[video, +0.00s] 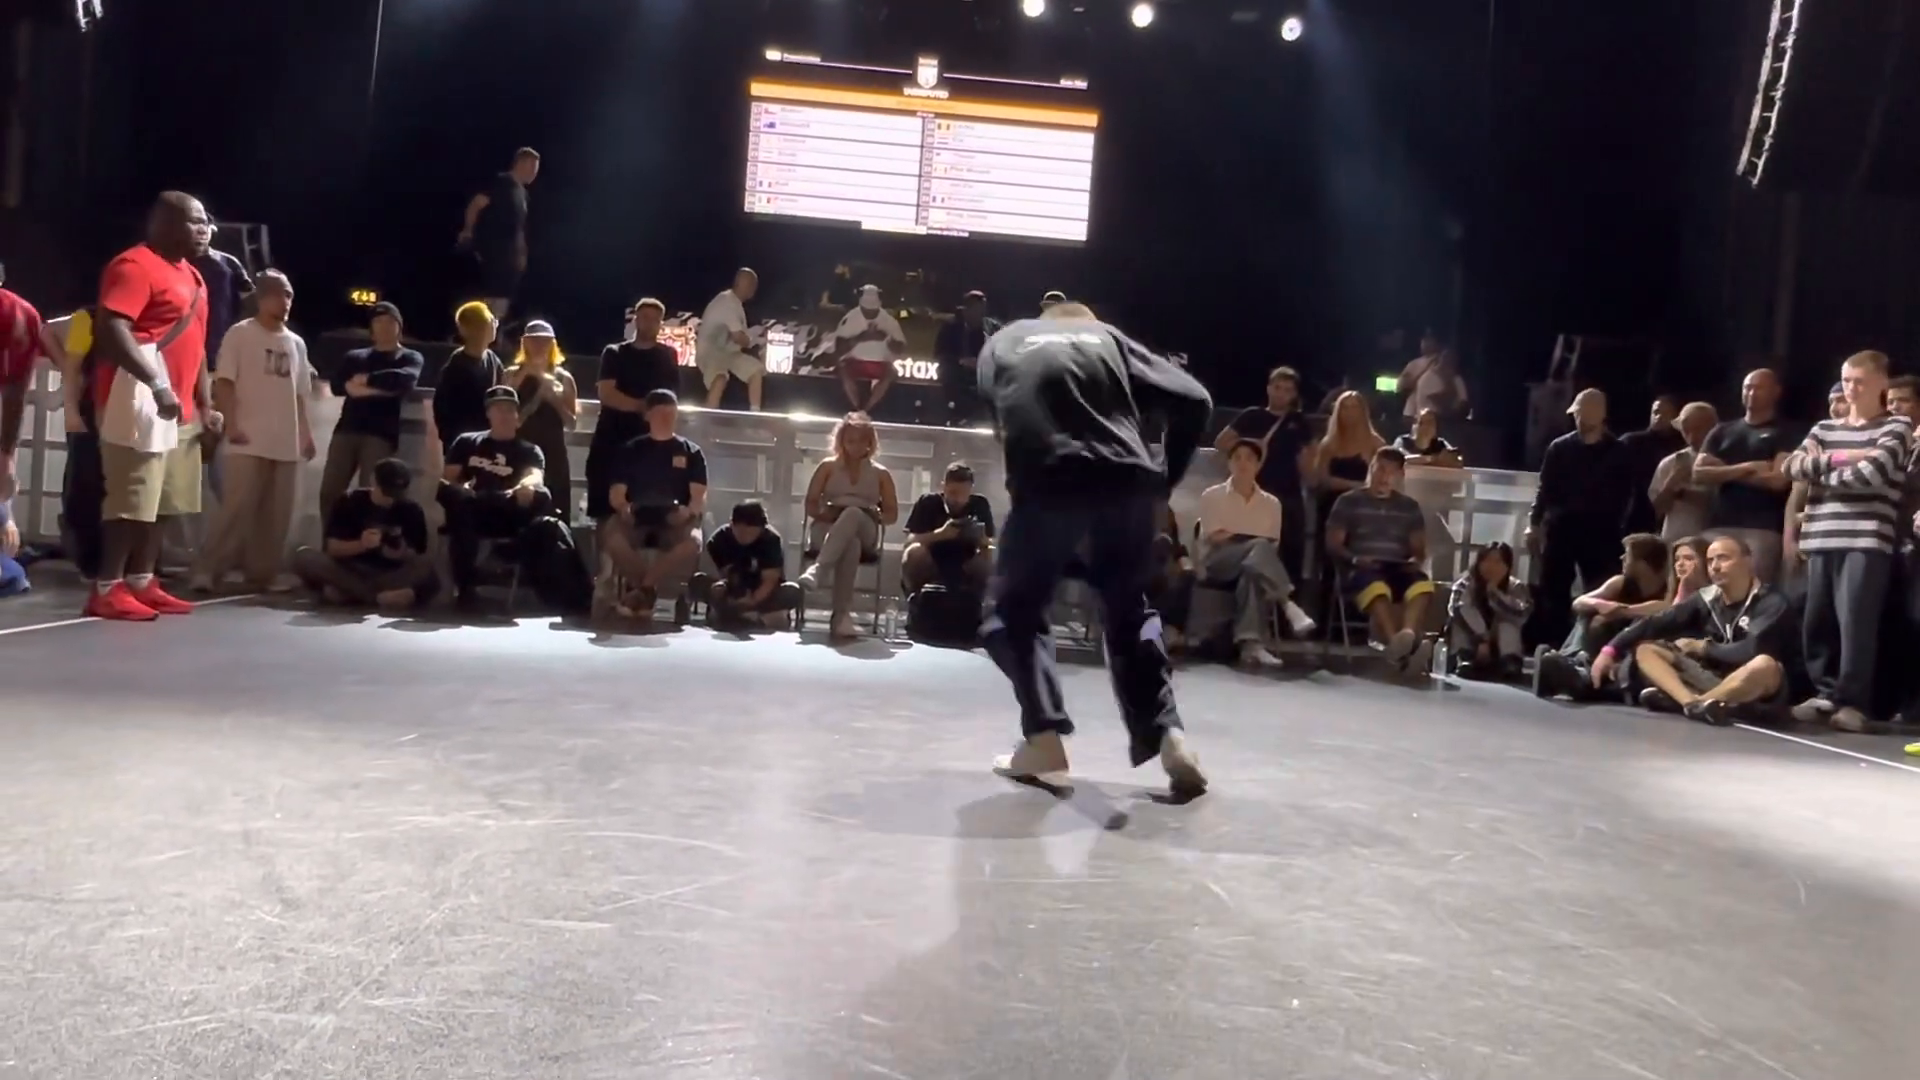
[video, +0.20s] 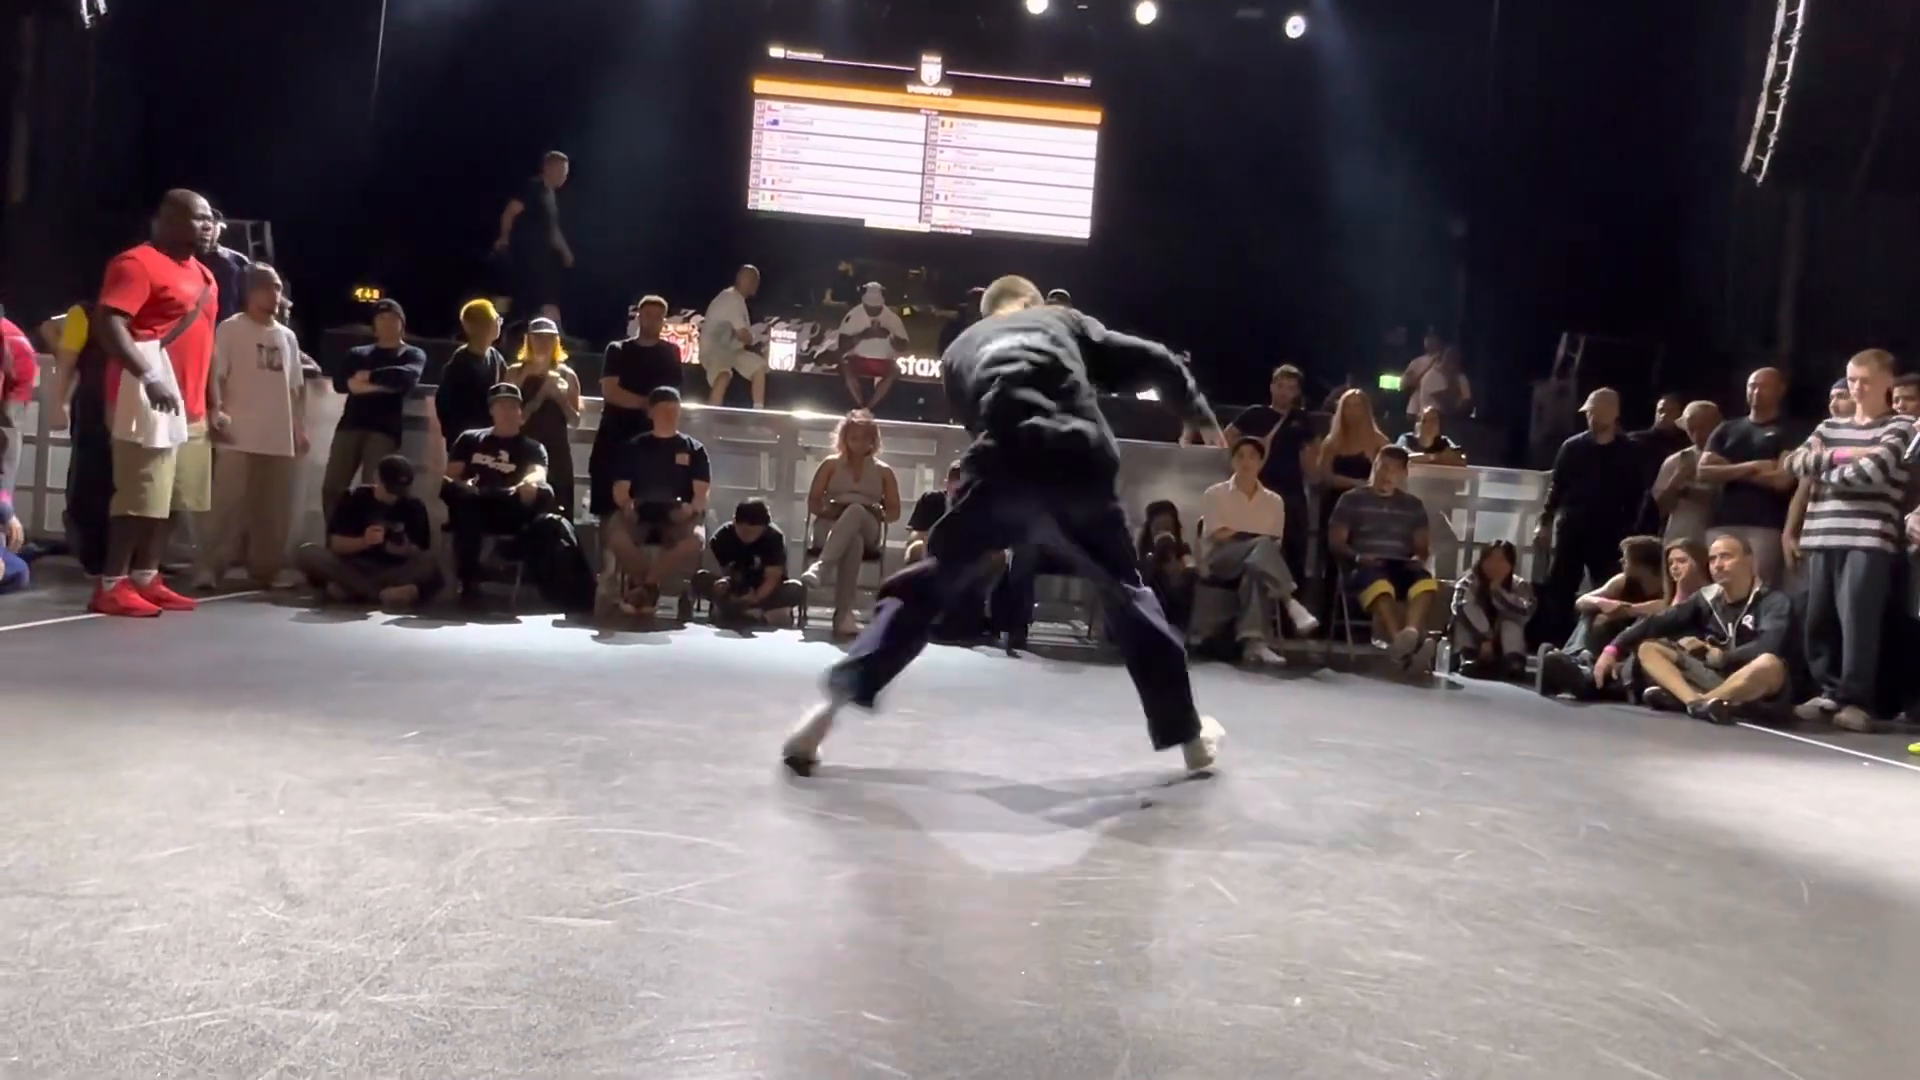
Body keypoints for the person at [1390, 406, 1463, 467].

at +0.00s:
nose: (1426, 427)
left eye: (1430, 423)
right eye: (1422, 423)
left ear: (1435, 426)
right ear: (1416, 425)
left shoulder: (1441, 444)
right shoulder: (1403, 441)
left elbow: (1456, 461)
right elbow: (1402, 459)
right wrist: (1435, 459)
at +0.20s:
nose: (1429, 425)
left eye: (1433, 421)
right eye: (1425, 421)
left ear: (1439, 424)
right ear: (1418, 424)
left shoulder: (1444, 441)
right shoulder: (1406, 439)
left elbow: (1459, 459)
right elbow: (1402, 457)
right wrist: (1439, 457)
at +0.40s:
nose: (1432, 423)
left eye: (1436, 419)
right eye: (1428, 418)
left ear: (1442, 422)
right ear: (1422, 421)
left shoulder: (1447, 439)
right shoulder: (1409, 436)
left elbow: (1462, 456)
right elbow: (1406, 454)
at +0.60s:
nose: (1436, 421)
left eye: (1440, 417)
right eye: (1432, 416)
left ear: (1446, 421)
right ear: (1425, 419)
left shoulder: (1451, 437)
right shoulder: (1413, 435)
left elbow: (1466, 455)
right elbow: (1411, 453)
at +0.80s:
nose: (1438, 419)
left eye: (1443, 415)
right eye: (1434, 414)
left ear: (1449, 419)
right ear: (1427, 416)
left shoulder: (1454, 435)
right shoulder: (1415, 433)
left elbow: (1468, 453)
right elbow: (1413, 451)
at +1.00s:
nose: (1440, 418)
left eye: (1445, 414)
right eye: (1436, 413)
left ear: (1451, 418)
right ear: (1430, 415)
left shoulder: (1456, 434)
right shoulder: (1417, 432)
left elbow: (1471, 452)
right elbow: (1415, 450)